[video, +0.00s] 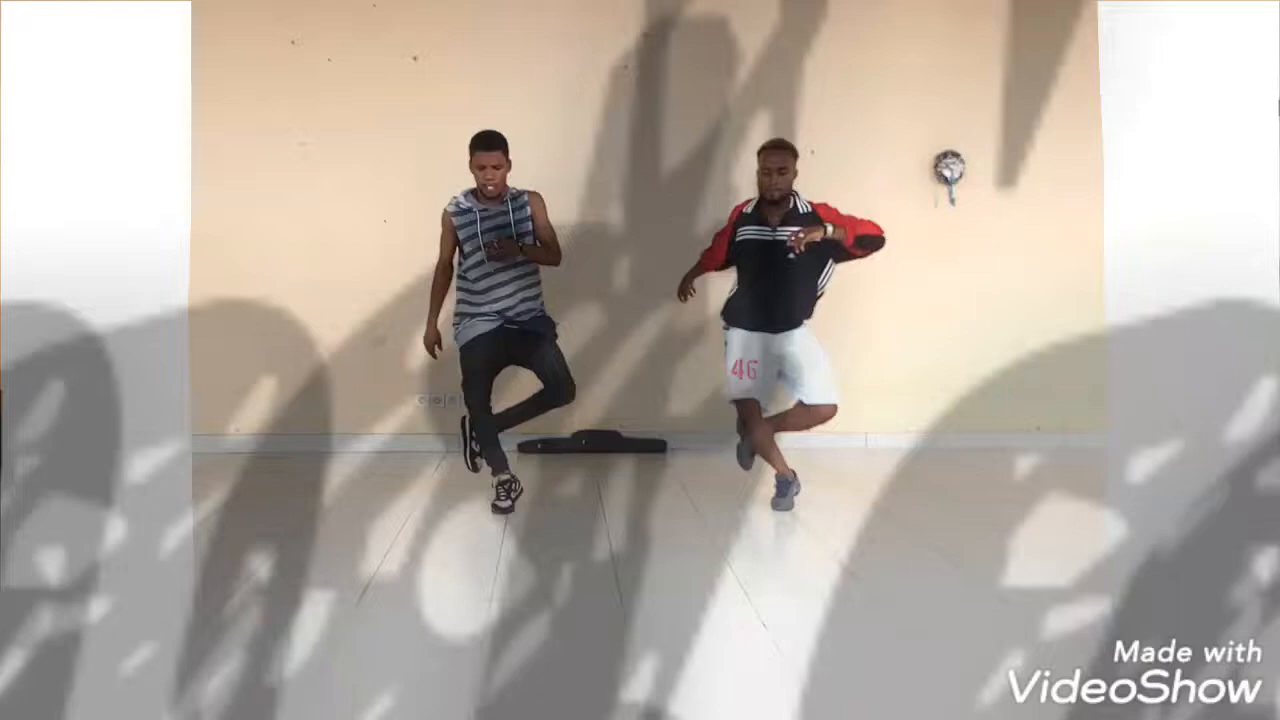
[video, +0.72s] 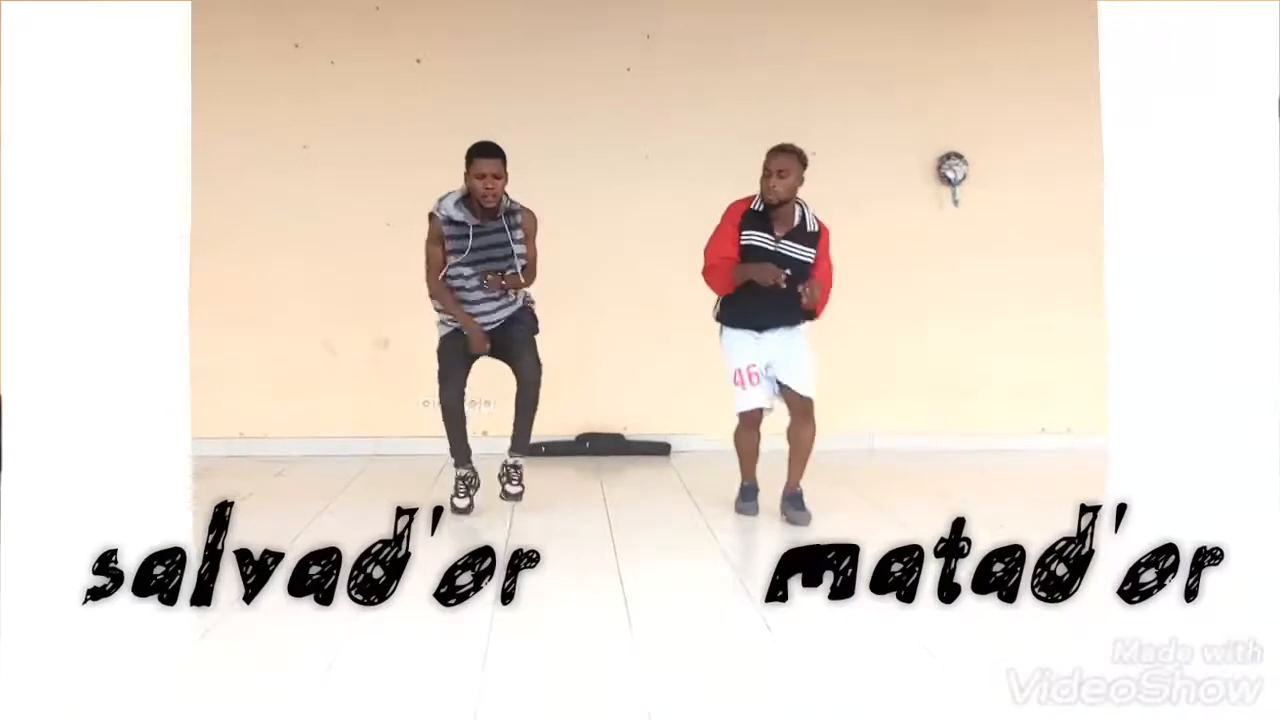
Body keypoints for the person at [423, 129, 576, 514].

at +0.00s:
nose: (489, 175)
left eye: (496, 167)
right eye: (481, 168)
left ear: (508, 165)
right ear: (470, 168)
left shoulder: (530, 203)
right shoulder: (456, 214)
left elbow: (554, 256)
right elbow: (445, 268)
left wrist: (520, 253)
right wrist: (432, 323)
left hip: (528, 318)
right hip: (479, 322)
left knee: (562, 391)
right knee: (475, 397)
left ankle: (483, 427)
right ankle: (503, 477)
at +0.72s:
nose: (489, 185)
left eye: (496, 177)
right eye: (480, 177)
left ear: (506, 179)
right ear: (466, 178)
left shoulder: (523, 219)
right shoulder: (443, 220)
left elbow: (529, 273)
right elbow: (434, 282)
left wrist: (513, 282)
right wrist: (470, 326)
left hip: (509, 315)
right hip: (459, 320)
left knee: (530, 371)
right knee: (449, 392)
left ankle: (515, 461)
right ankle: (464, 471)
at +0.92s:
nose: (469, 125)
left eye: (476, 116)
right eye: (461, 118)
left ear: (489, 116)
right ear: (449, 120)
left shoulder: (512, 157)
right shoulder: (435, 160)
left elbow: (541, 212)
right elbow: (422, 223)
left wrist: (546, 262)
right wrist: (430, 278)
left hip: (506, 284)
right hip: (455, 285)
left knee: (531, 360)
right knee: (443, 364)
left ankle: (534, 450)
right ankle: (437, 437)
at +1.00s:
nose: (465, 116)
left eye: (471, 107)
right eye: (456, 109)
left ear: (485, 106)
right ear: (445, 111)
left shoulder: (514, 149)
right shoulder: (430, 158)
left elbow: (552, 200)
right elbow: (404, 216)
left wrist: (585, 248)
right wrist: (379, 272)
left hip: (507, 278)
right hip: (453, 282)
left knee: (545, 345)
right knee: (431, 359)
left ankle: (580, 432)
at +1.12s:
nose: (460, 129)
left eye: (468, 120)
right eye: (452, 121)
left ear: (481, 119)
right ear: (441, 123)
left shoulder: (506, 156)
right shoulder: (425, 169)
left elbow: (545, 192)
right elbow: (390, 217)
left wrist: (576, 194)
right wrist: (358, 265)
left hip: (506, 285)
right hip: (456, 289)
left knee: (554, 338)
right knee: (447, 369)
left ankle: (561, 435)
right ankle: (392, 353)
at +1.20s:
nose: (457, 138)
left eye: (465, 129)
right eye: (449, 130)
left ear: (478, 128)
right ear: (439, 132)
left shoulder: (502, 169)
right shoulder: (421, 181)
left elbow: (532, 212)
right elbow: (395, 235)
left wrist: (547, 225)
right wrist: (372, 290)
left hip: (508, 292)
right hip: (458, 297)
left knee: (540, 372)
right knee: (447, 377)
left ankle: (522, 463)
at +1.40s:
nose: (445, 154)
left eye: (452, 144)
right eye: (438, 148)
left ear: (473, 139)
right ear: (434, 149)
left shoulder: (506, 169)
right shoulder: (433, 193)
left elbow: (554, 205)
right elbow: (418, 254)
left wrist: (520, 162)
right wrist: (403, 314)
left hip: (501, 311)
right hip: (447, 317)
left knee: (528, 379)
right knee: (433, 389)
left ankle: (507, 462)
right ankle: (430, 465)